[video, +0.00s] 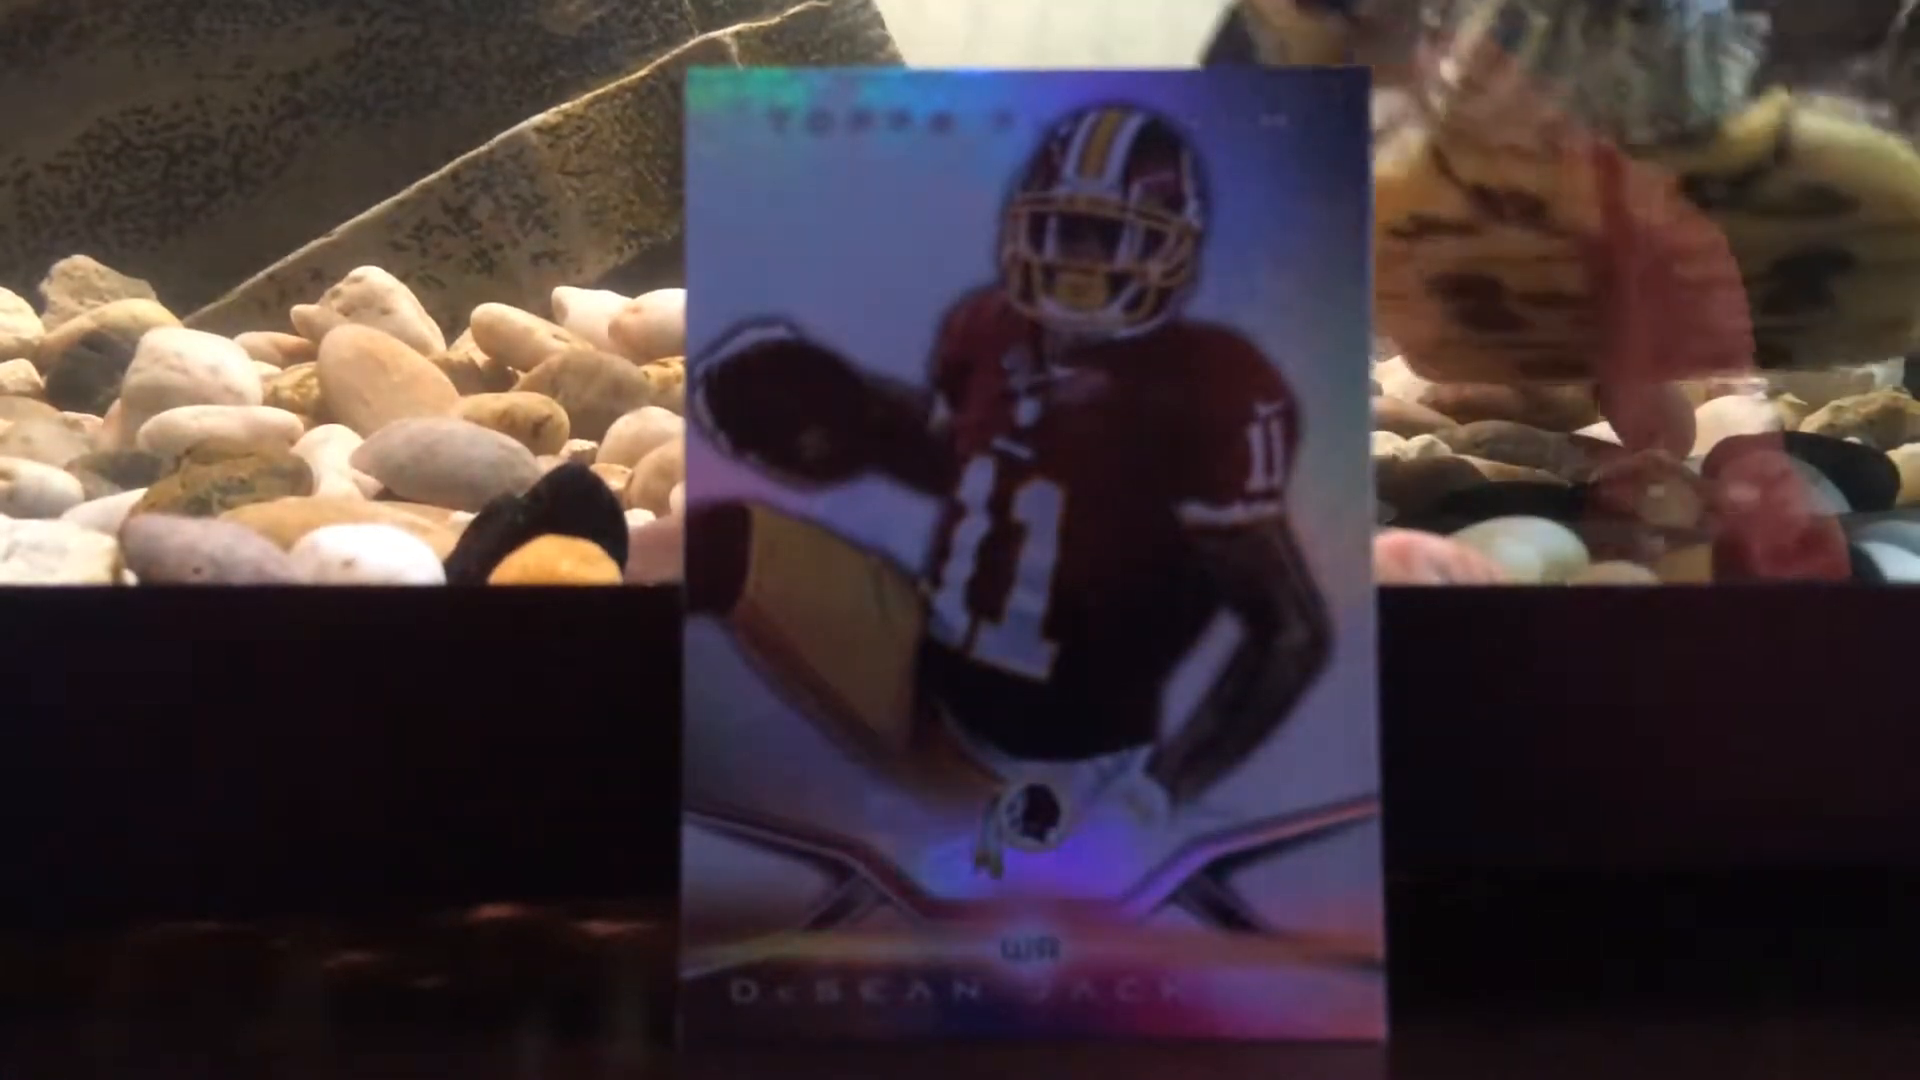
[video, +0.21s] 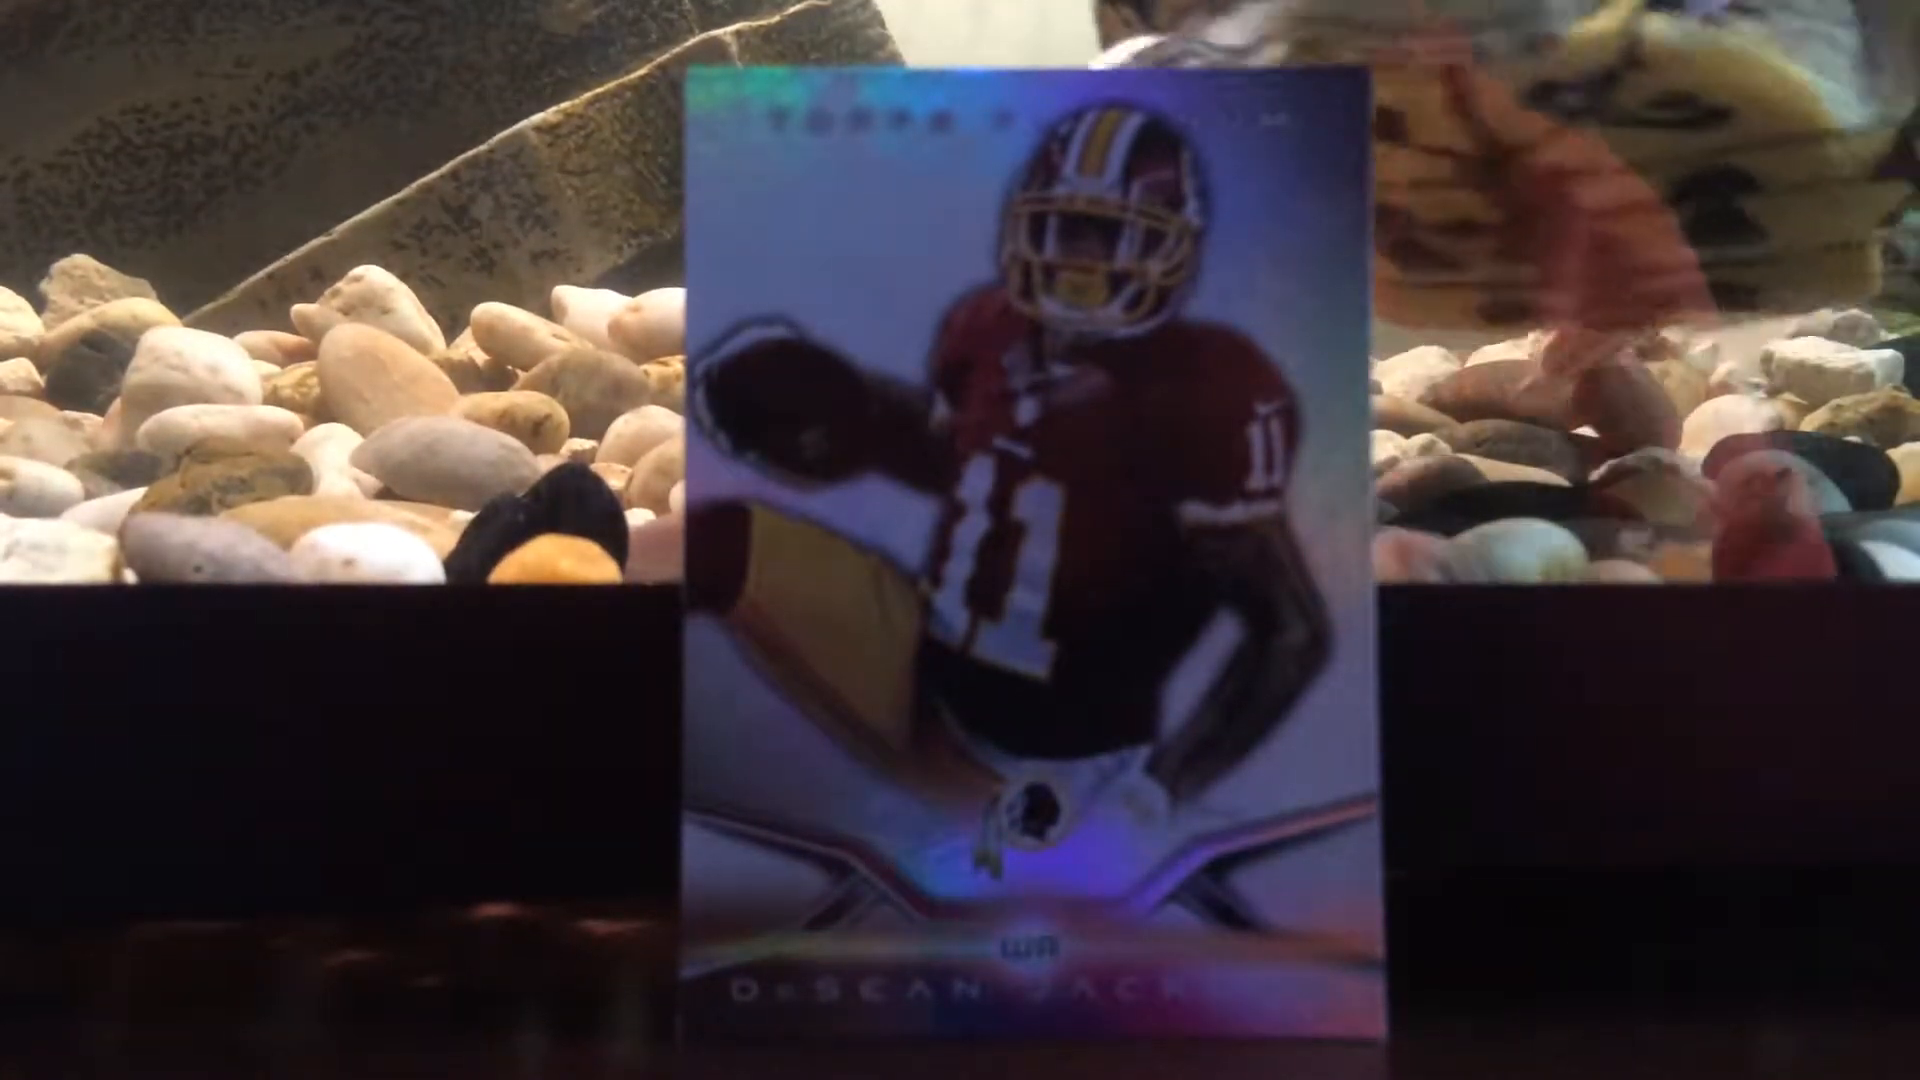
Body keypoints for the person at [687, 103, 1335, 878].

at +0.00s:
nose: (1077, 266)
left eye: (1112, 239)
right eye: (1060, 232)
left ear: (1174, 253)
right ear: (1021, 235)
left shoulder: (1214, 393)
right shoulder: (981, 332)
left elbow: (1293, 634)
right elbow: (955, 465)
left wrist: (1157, 794)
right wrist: (848, 415)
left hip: (1079, 756)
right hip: (931, 683)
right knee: (718, 544)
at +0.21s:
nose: (1083, 262)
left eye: (1117, 237)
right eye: (1064, 229)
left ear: (1176, 250)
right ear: (1023, 231)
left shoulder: (1214, 392)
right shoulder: (980, 332)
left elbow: (1293, 634)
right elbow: (961, 465)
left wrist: (1156, 793)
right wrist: (859, 419)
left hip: (1078, 756)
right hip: (931, 683)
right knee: (717, 542)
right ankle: (917, 793)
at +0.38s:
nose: (1080, 261)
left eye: (1114, 236)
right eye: (1062, 228)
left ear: (1174, 250)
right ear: (1023, 232)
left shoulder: (1211, 393)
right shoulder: (979, 331)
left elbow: (1292, 630)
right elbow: (962, 464)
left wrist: (1157, 791)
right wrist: (854, 416)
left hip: (1080, 761)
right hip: (934, 701)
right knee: (719, 543)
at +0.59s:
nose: (1084, 261)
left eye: (1118, 236)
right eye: (1065, 229)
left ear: (1177, 249)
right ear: (1024, 230)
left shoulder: (1216, 390)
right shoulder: (981, 329)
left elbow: (1292, 633)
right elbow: (964, 466)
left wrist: (1158, 790)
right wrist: (858, 415)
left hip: (1079, 759)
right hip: (929, 682)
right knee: (717, 539)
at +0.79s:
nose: (1081, 260)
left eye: (1116, 235)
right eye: (1062, 227)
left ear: (1177, 249)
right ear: (1021, 229)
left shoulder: (1216, 389)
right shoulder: (981, 328)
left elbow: (1292, 631)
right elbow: (961, 461)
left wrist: (1156, 790)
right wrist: (854, 413)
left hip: (1076, 761)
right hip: (926, 682)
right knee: (715, 537)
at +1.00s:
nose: (1082, 260)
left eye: (1117, 235)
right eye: (1062, 227)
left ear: (1175, 249)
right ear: (1022, 228)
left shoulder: (1215, 387)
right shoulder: (980, 328)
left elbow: (1291, 630)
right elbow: (960, 457)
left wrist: (1154, 790)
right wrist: (852, 412)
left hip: (1073, 761)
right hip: (925, 680)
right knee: (722, 537)